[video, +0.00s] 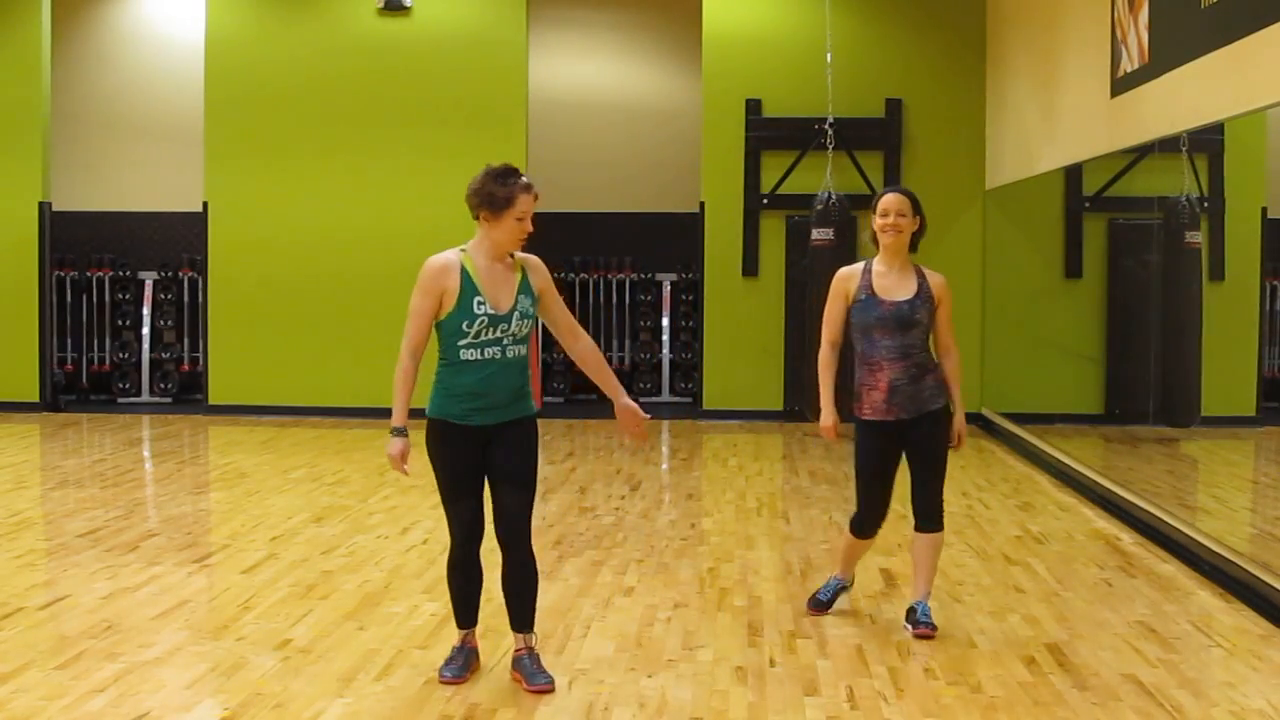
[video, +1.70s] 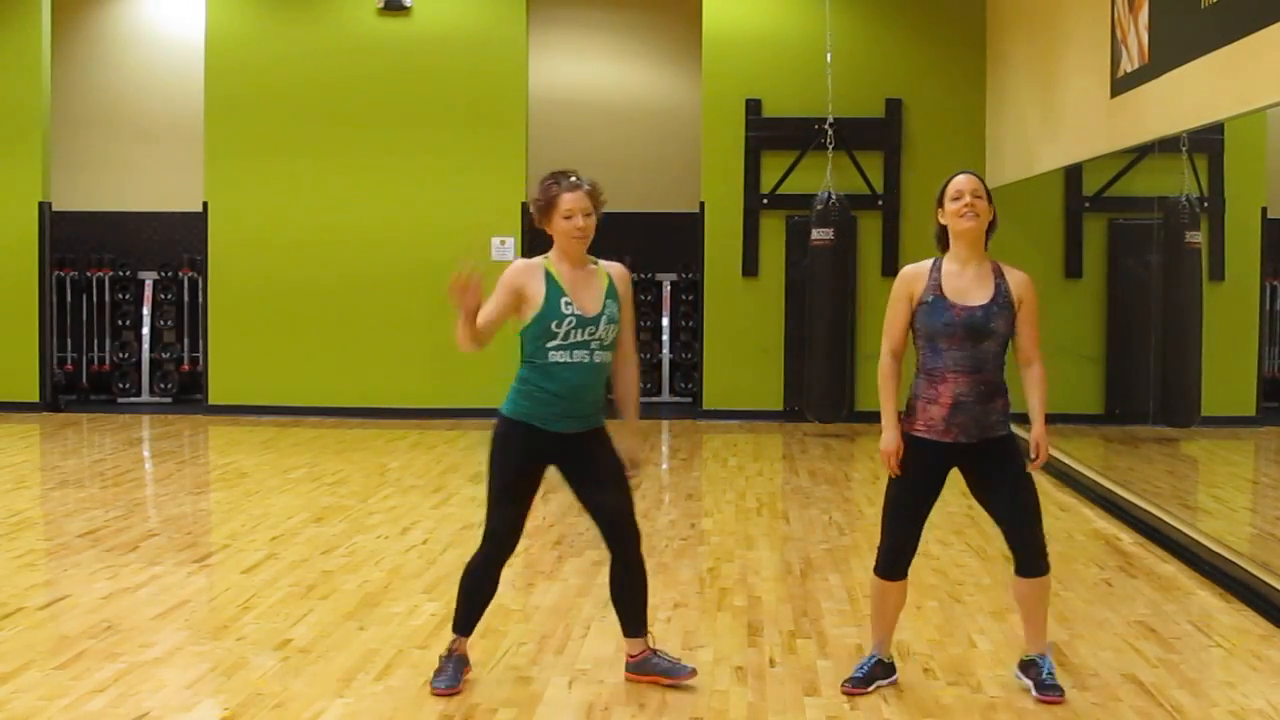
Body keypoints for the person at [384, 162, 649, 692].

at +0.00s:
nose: (529, 227)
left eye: (531, 218)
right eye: (522, 218)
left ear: (515, 218)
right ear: (488, 216)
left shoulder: (531, 271)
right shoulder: (442, 270)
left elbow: (574, 338)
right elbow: (410, 352)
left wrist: (620, 397)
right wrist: (399, 428)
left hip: (515, 425)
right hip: (454, 428)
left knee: (516, 538)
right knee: (465, 538)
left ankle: (524, 646)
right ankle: (466, 641)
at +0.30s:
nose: (516, 221)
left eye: (519, 211)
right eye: (505, 212)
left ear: (522, 214)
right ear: (474, 215)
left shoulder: (534, 274)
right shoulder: (440, 274)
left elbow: (552, 350)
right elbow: (407, 353)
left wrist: (565, 420)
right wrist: (383, 426)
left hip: (511, 424)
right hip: (451, 424)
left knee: (496, 531)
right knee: (462, 535)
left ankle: (501, 641)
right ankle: (467, 641)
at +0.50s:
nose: (505, 205)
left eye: (514, 198)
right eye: (494, 199)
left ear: (527, 212)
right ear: (477, 213)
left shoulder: (547, 277)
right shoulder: (451, 272)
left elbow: (543, 364)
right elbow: (423, 349)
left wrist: (508, 425)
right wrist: (402, 422)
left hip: (518, 420)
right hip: (456, 421)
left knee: (548, 531)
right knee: (466, 535)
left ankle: (565, 639)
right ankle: (467, 642)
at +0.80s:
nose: (537, 207)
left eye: (546, 200)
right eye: (526, 201)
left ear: (561, 214)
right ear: (510, 216)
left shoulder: (584, 274)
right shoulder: (493, 277)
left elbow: (599, 358)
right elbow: (478, 349)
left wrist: (553, 413)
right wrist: (442, 381)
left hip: (567, 425)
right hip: (503, 425)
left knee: (595, 538)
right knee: (485, 541)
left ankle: (619, 652)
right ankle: (475, 643)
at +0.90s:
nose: (545, 210)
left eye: (554, 202)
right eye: (534, 204)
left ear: (570, 215)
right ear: (520, 218)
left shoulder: (595, 274)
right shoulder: (507, 280)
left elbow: (616, 357)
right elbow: (484, 356)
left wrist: (588, 420)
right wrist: (457, 331)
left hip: (586, 425)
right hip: (523, 427)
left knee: (610, 539)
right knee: (486, 532)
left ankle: (621, 652)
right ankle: (492, 641)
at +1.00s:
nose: (549, 211)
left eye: (558, 203)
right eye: (538, 204)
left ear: (574, 213)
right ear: (525, 218)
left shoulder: (600, 271)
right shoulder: (514, 277)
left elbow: (625, 353)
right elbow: (466, 335)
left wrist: (627, 425)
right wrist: (467, 272)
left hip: (598, 426)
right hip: (535, 426)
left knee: (614, 541)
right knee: (486, 526)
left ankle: (622, 653)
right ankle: (491, 640)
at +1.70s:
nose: (581, 224)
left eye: (588, 214)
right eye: (570, 216)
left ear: (597, 218)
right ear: (546, 222)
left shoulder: (615, 278)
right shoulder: (524, 275)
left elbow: (625, 356)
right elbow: (472, 340)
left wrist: (629, 429)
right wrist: (466, 313)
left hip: (584, 432)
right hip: (524, 430)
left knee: (624, 535)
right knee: (498, 543)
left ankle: (638, 652)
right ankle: (456, 649)